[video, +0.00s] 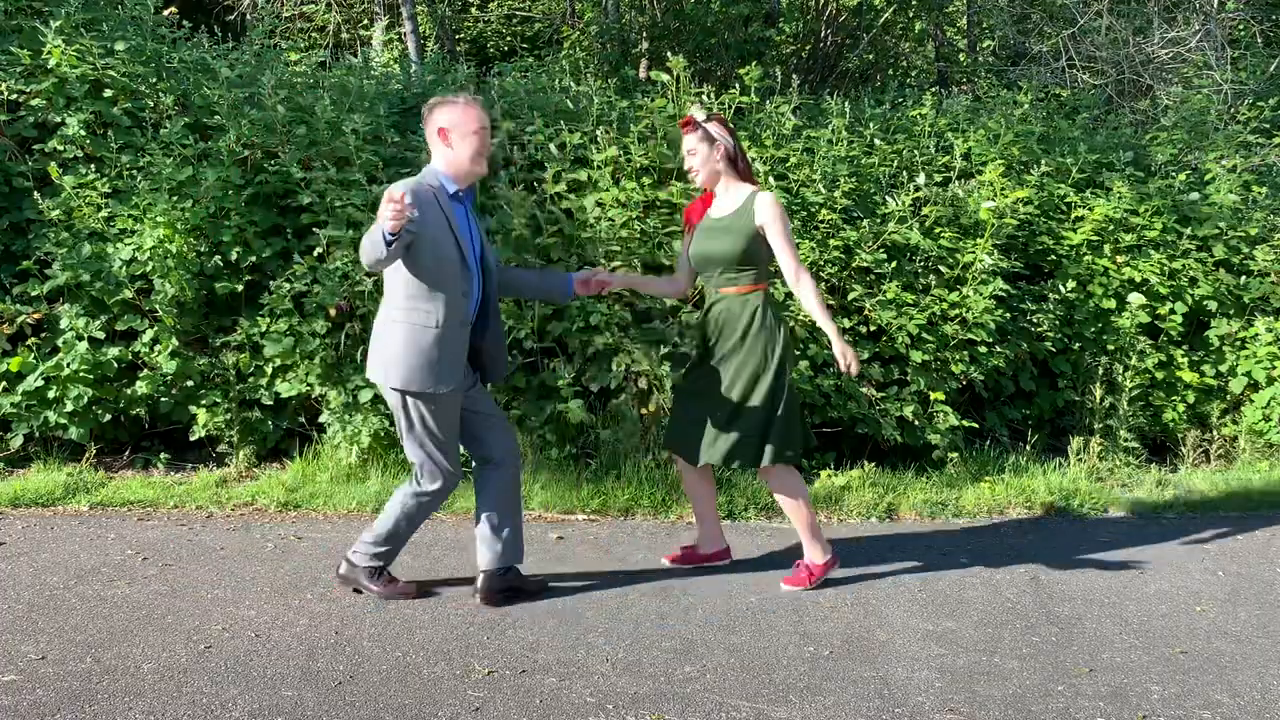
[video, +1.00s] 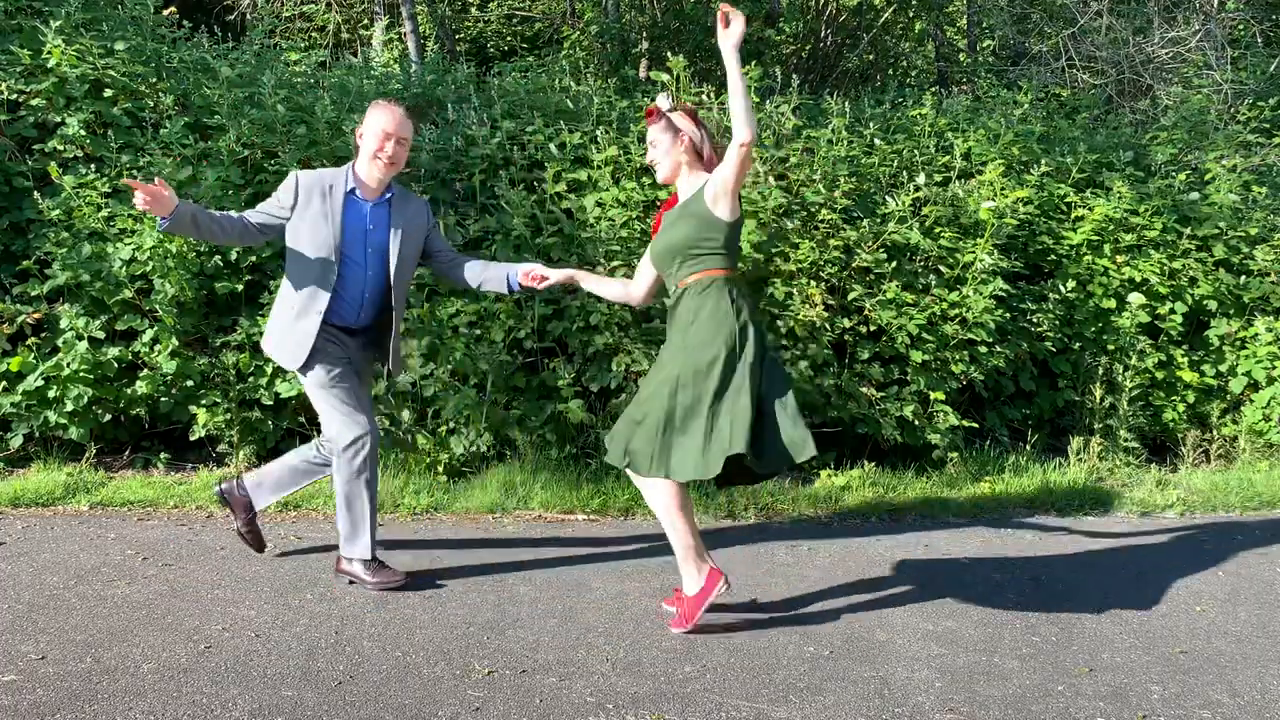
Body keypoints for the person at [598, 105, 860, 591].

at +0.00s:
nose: (687, 165)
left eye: (693, 154)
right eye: (684, 157)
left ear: (721, 150)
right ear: (695, 159)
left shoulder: (761, 202)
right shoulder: (698, 213)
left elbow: (797, 275)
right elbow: (679, 285)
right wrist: (619, 279)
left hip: (756, 332)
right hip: (714, 335)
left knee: (767, 452)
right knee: (686, 439)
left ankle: (817, 551)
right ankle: (711, 542)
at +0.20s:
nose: (691, 156)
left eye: (697, 144)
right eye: (689, 146)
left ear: (727, 141)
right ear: (711, 148)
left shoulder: (781, 185)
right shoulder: (701, 209)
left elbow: (859, 200)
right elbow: (690, 282)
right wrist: (639, 274)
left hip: (778, 319)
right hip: (729, 326)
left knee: (757, 444)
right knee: (724, 448)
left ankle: (763, 552)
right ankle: (747, 545)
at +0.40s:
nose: (696, 169)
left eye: (702, 156)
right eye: (694, 160)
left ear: (733, 149)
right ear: (715, 160)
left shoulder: (785, 191)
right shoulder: (708, 223)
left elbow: (862, 157)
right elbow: (689, 296)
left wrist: (901, 92)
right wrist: (628, 286)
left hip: (782, 333)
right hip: (726, 337)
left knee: (746, 454)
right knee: (730, 454)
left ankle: (702, 584)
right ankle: (757, 547)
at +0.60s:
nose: (696, 161)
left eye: (703, 149)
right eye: (690, 154)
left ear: (732, 144)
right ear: (697, 161)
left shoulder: (767, 185)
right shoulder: (707, 224)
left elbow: (817, 123)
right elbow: (672, 292)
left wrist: (827, 37)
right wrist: (608, 269)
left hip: (776, 323)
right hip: (731, 332)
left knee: (732, 451)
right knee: (691, 452)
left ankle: (711, 589)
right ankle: (749, 539)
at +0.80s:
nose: (683, 167)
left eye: (690, 155)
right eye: (678, 160)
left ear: (720, 151)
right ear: (684, 167)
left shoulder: (747, 195)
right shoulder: (698, 232)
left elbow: (780, 136)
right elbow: (656, 299)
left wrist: (776, 56)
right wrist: (591, 278)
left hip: (741, 317)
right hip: (711, 326)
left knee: (696, 453)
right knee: (666, 444)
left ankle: (716, 588)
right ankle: (691, 566)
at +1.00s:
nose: (646, 155)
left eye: (652, 142)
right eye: (645, 145)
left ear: (685, 138)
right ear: (672, 144)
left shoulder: (718, 184)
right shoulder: (671, 218)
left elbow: (745, 137)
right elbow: (636, 292)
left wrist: (730, 53)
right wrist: (568, 275)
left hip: (716, 317)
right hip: (687, 324)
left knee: (640, 443)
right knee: (651, 446)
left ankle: (696, 572)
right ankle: (694, 574)